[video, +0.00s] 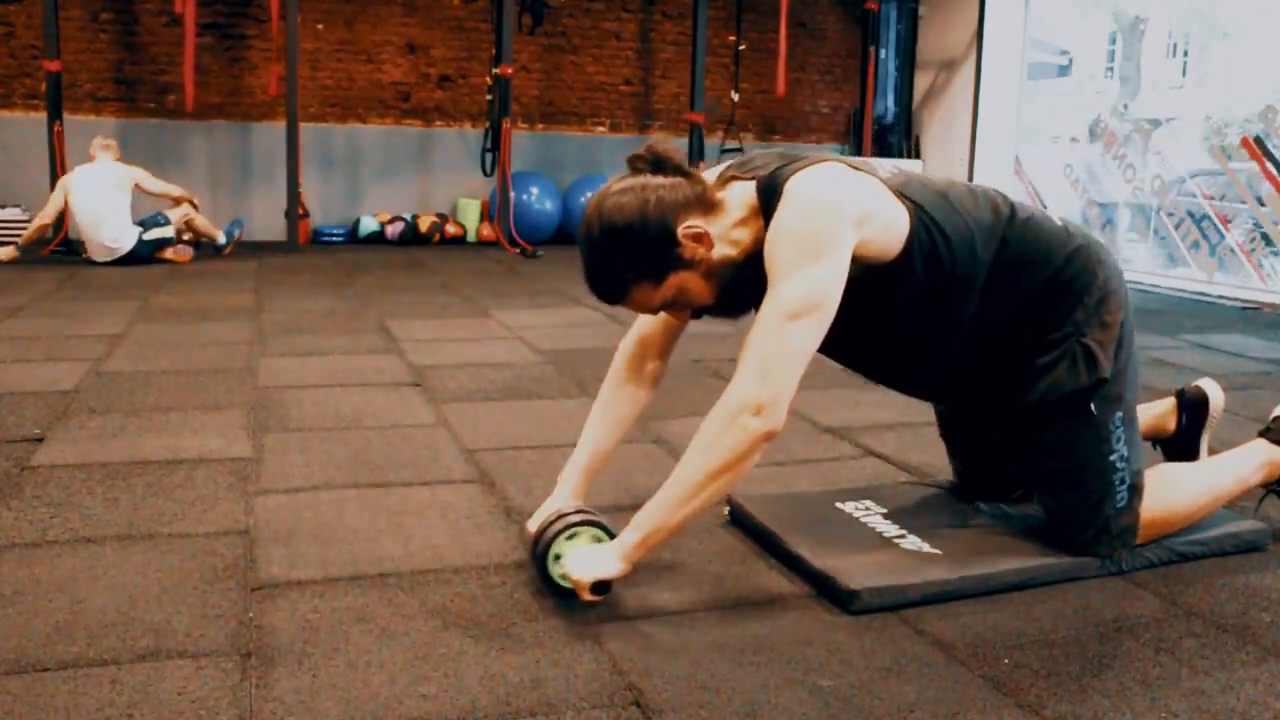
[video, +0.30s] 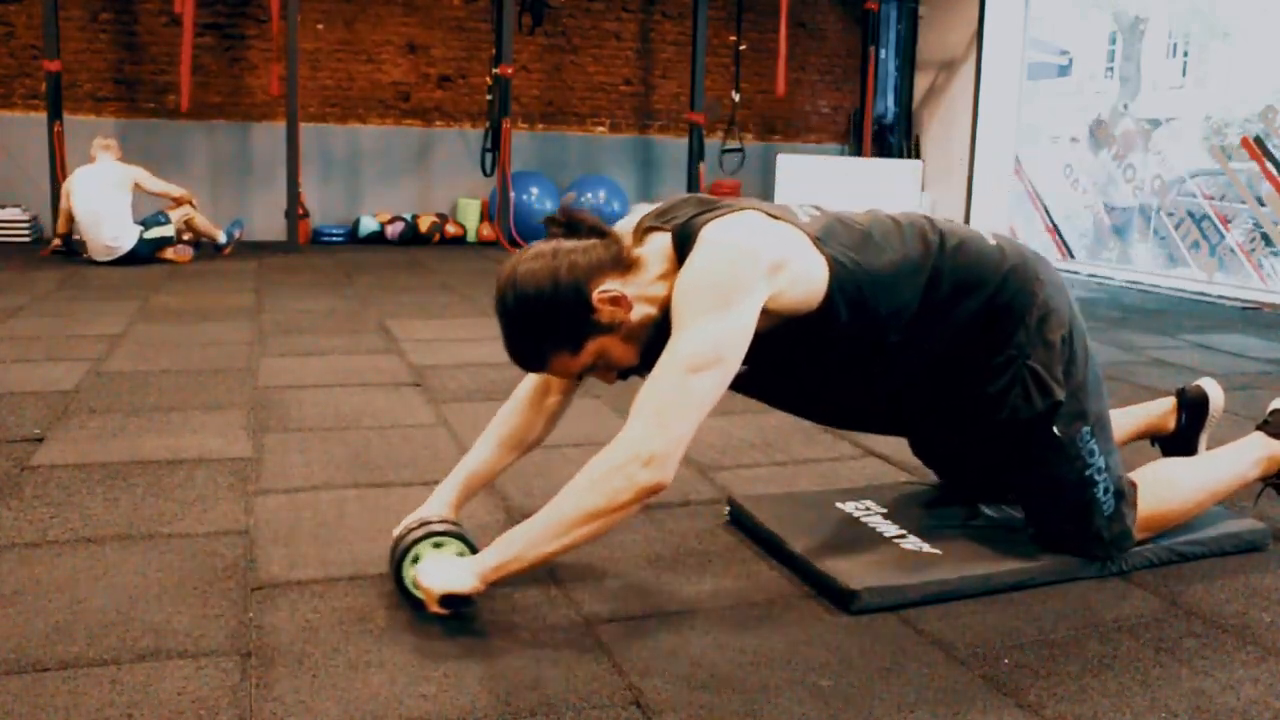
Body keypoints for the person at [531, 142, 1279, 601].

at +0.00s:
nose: (676, 317)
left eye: (673, 303)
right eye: (661, 310)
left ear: (697, 242)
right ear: (692, 235)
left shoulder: (815, 207)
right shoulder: (701, 217)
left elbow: (753, 415)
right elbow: (639, 363)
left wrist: (625, 549)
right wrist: (568, 495)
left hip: (1058, 300)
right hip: (967, 335)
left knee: (1097, 527)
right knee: (999, 483)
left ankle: (1269, 455)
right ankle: (1176, 415)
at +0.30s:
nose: (601, 383)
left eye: (588, 367)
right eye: (576, 380)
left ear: (608, 307)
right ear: (594, 309)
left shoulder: (722, 266)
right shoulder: (620, 269)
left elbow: (644, 465)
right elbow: (541, 392)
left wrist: (491, 562)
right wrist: (452, 493)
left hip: (1007, 324)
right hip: (922, 359)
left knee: (1106, 525)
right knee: (1002, 482)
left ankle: (1264, 450)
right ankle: (1171, 413)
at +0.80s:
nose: (518, 485)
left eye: (506, 475)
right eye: (498, 482)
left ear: (512, 420)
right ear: (485, 426)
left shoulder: (613, 373)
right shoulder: (522, 343)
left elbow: (489, 567)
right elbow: (412, 463)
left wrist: (293, 597)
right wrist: (280, 525)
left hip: (918, 392)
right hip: (854, 356)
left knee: (1089, 518)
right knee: (1020, 452)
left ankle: (1266, 460)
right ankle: (1173, 404)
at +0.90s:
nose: (513, 493)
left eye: (500, 485)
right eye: (491, 488)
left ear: (501, 439)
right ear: (470, 441)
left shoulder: (598, 390)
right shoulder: (504, 366)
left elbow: (474, 582)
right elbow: (404, 479)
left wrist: (281, 602)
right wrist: (273, 526)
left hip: (896, 394)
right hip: (825, 408)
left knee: (1091, 517)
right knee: (1017, 459)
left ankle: (1267, 463)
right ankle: (1171, 409)